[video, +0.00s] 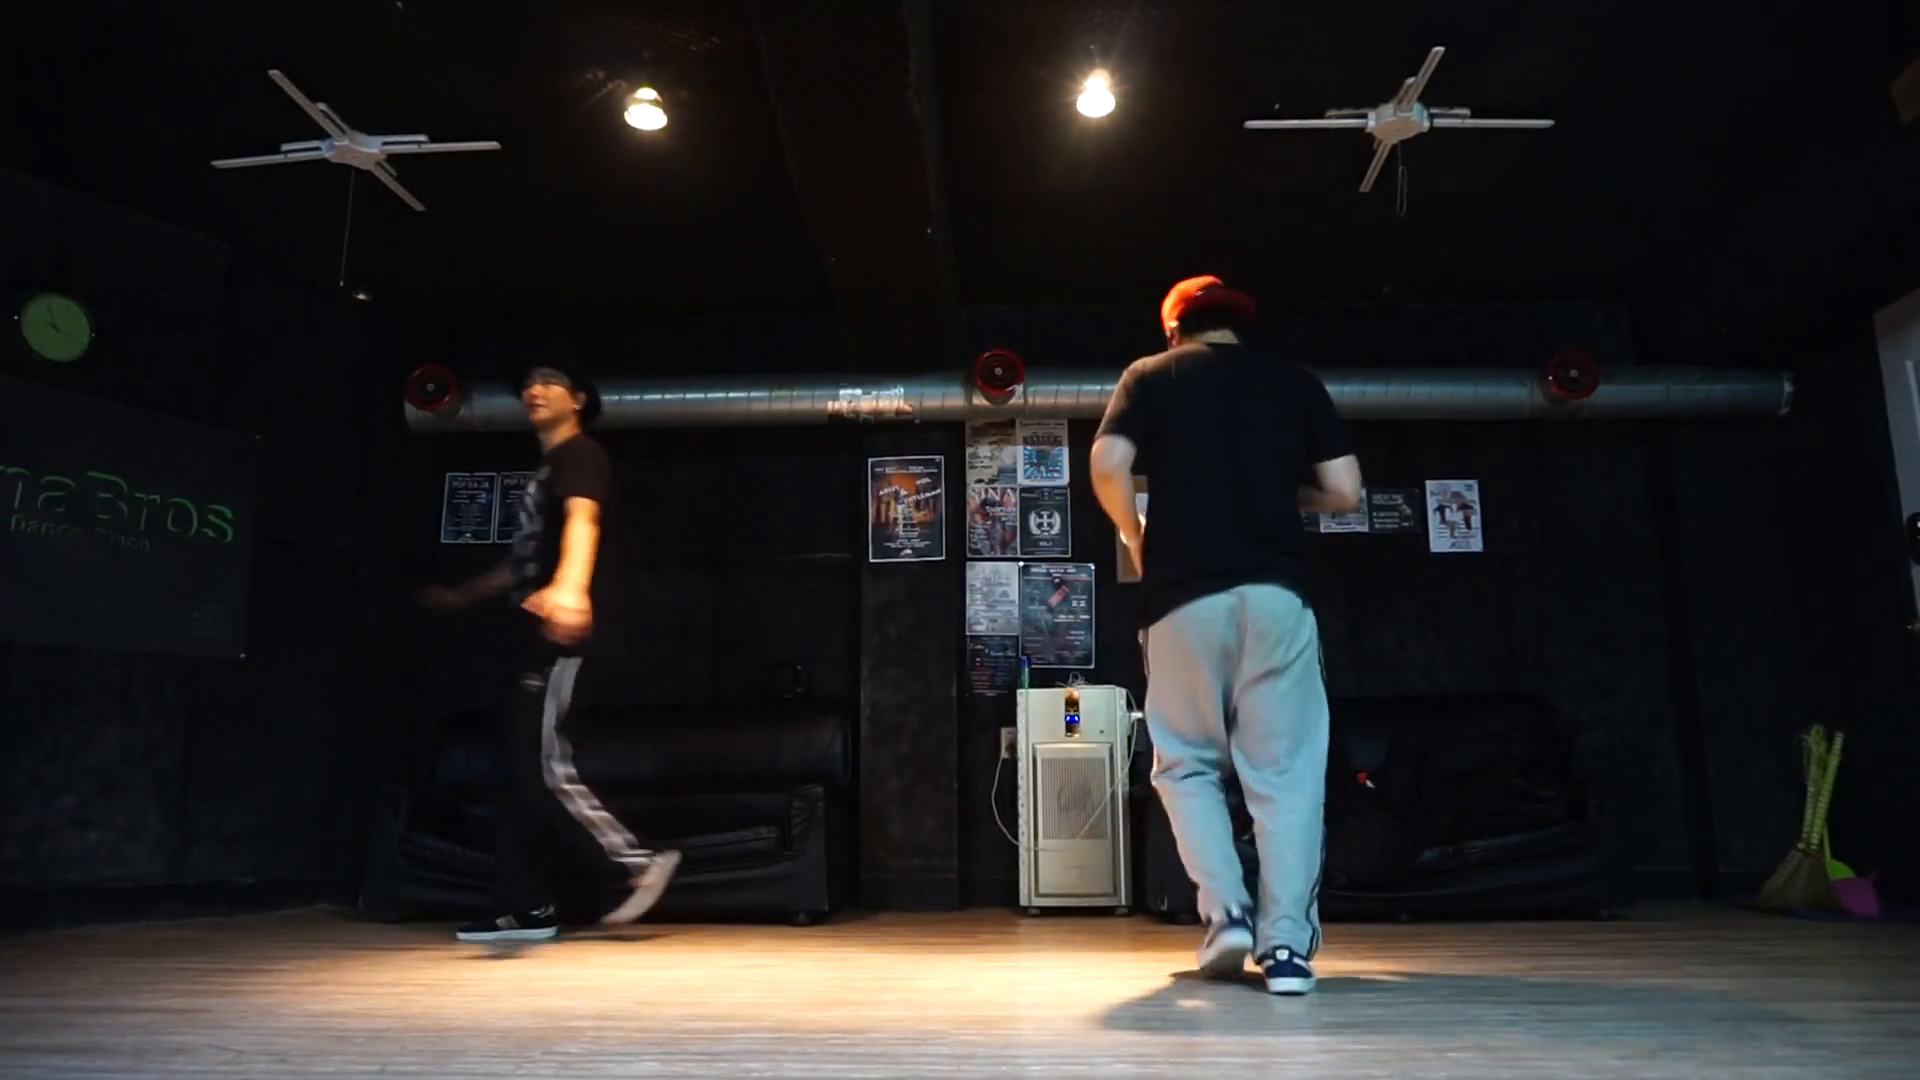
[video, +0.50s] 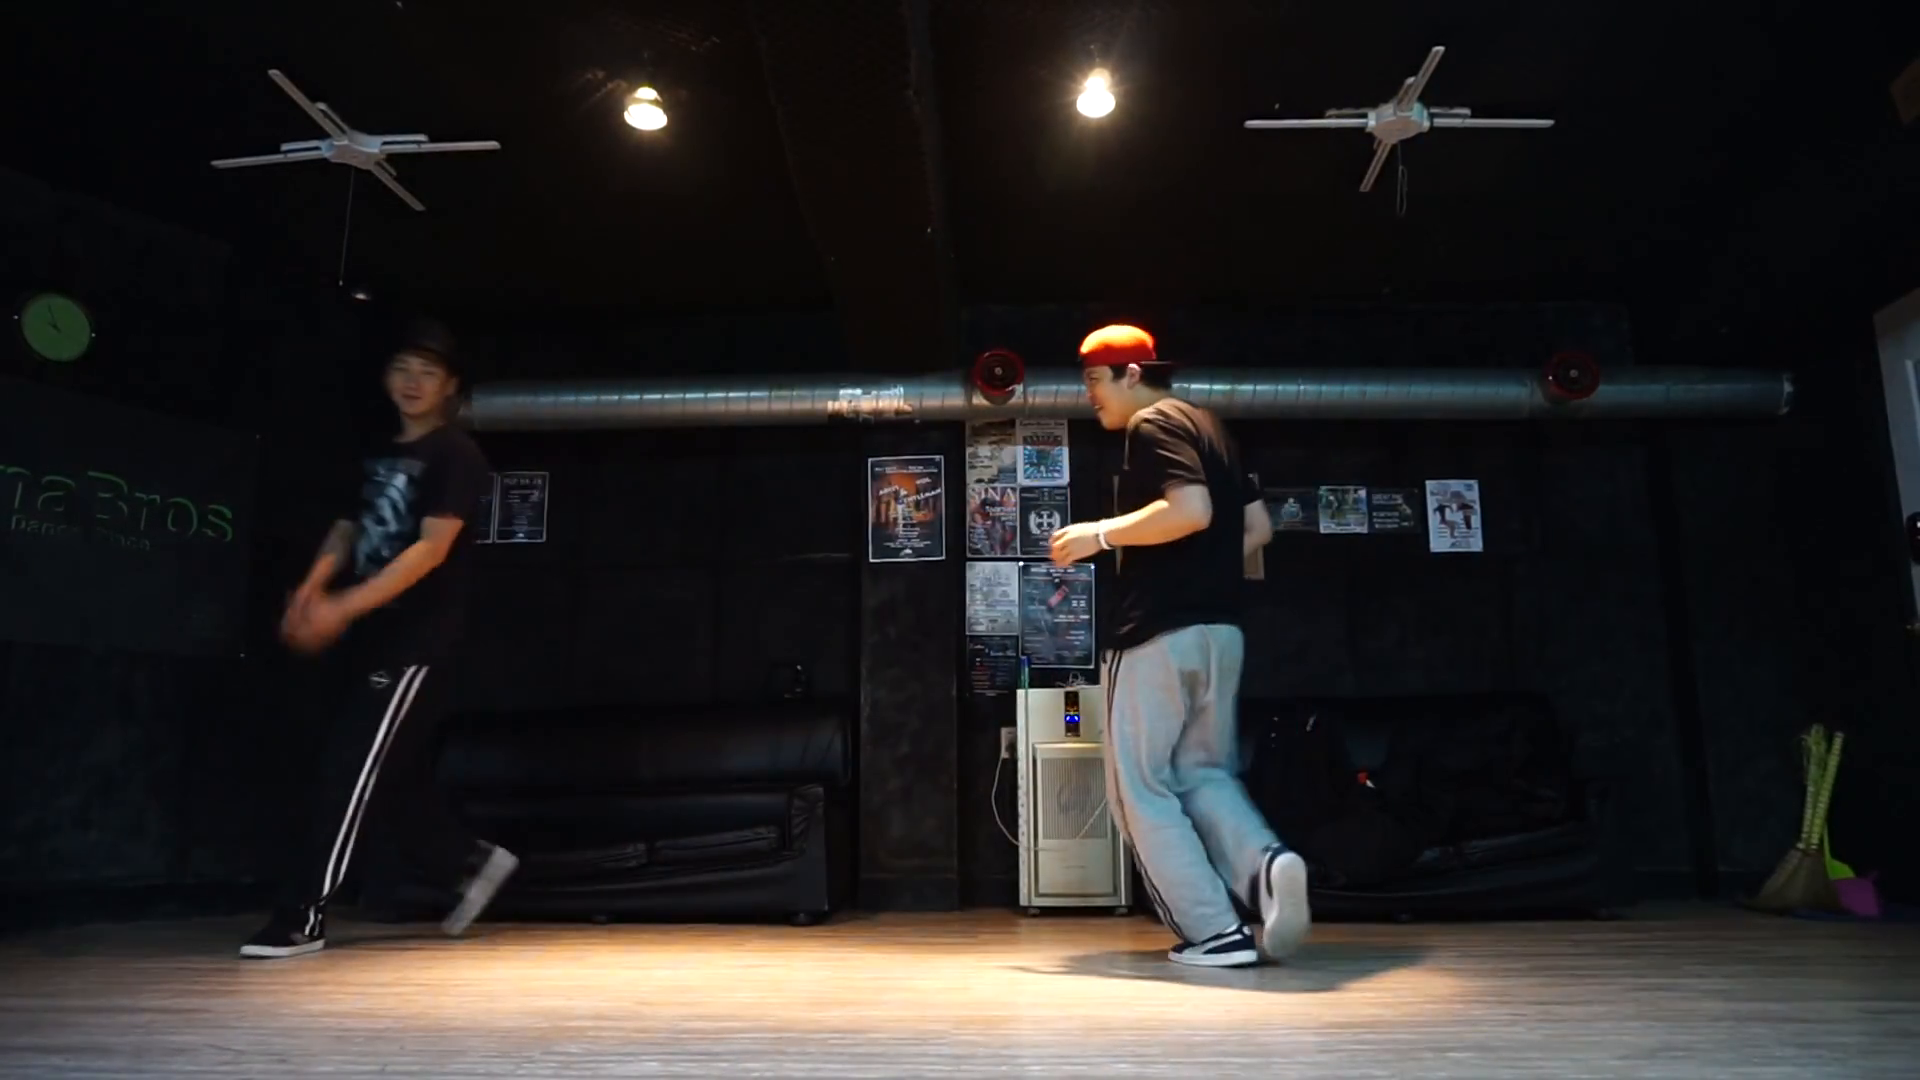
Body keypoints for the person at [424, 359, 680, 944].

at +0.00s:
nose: (534, 392)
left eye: (548, 384)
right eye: (530, 385)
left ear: (577, 401)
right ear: (526, 402)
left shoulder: (582, 456)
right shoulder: (549, 468)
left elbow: (583, 523)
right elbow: (523, 562)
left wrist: (570, 588)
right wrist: (465, 594)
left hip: (557, 628)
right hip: (531, 628)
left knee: (546, 765)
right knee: (522, 767)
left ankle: (638, 866)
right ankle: (530, 907)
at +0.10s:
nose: (515, 385)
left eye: (530, 376)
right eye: (510, 378)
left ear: (559, 394)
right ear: (505, 396)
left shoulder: (560, 451)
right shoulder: (518, 464)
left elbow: (547, 515)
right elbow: (482, 548)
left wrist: (499, 567)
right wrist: (392, 556)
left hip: (544, 631)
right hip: (517, 630)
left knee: (496, 765)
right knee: (489, 765)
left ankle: (547, 882)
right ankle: (528, 904)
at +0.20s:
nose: (497, 384)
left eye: (512, 374)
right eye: (490, 375)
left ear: (537, 389)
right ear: (481, 389)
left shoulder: (541, 449)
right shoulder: (486, 460)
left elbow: (510, 520)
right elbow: (447, 537)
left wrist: (430, 544)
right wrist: (358, 532)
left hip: (515, 634)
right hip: (484, 631)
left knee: (455, 756)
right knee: (498, 766)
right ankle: (525, 904)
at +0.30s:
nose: (470, 392)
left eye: (484, 382)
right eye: (463, 382)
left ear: (511, 394)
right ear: (450, 394)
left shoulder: (516, 458)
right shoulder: (454, 466)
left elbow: (472, 534)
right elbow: (429, 536)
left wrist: (368, 535)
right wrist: (357, 531)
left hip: (489, 643)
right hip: (452, 640)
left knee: (424, 769)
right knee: (484, 774)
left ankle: (336, 910)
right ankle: (528, 907)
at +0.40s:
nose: (440, 394)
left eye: (455, 384)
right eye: (431, 382)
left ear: (479, 395)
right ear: (417, 391)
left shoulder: (484, 463)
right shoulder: (419, 464)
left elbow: (443, 551)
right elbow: (392, 539)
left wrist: (345, 555)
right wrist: (334, 549)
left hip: (449, 646)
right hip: (412, 642)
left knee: (385, 772)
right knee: (445, 776)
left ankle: (311, 916)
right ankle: (519, 898)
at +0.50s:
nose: (410, 383)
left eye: (425, 374)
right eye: (402, 371)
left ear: (451, 385)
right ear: (388, 378)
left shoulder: (455, 456)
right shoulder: (384, 453)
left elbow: (432, 550)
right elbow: (352, 528)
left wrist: (344, 607)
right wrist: (313, 586)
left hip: (422, 639)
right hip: (378, 633)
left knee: (358, 768)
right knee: (384, 767)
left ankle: (305, 915)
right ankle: (472, 862)